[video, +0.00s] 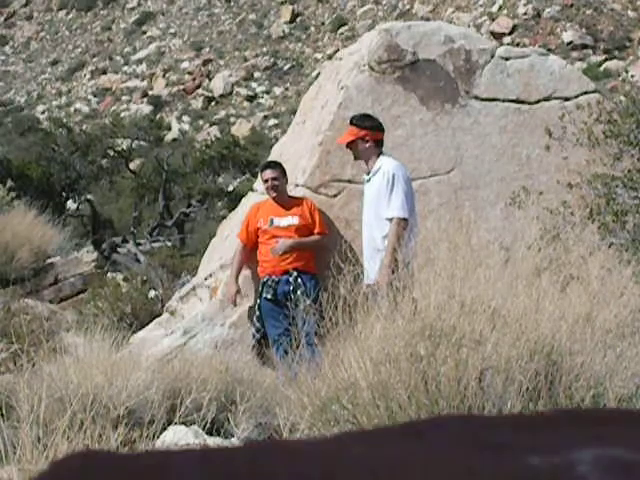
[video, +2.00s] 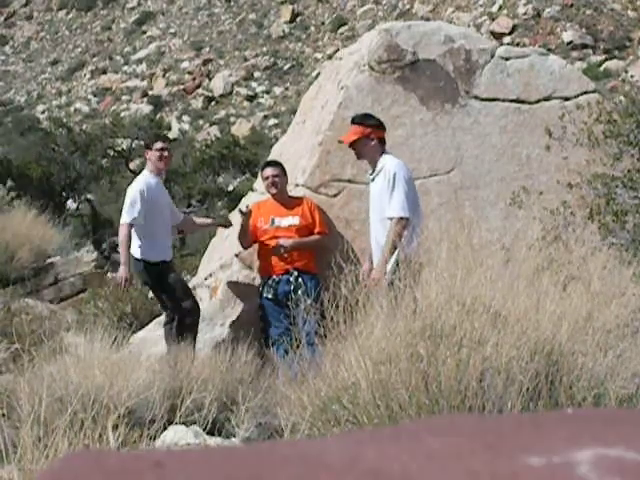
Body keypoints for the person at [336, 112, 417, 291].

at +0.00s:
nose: (349, 147)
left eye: (353, 142)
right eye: (349, 142)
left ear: (368, 141)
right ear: (366, 142)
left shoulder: (393, 171)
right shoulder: (371, 176)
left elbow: (399, 222)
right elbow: (375, 226)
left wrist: (386, 270)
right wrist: (370, 274)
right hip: (373, 277)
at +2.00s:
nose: (352, 147)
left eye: (356, 142)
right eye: (352, 143)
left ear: (373, 140)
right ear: (371, 141)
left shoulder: (395, 169)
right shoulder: (376, 173)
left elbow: (400, 220)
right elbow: (380, 222)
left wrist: (382, 266)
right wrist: (371, 260)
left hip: (400, 265)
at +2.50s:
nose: (367, 146)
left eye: (368, 141)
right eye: (367, 141)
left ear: (379, 142)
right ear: (390, 140)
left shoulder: (406, 171)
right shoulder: (398, 169)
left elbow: (405, 225)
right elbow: (402, 224)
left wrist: (390, 266)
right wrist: (391, 263)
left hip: (411, 266)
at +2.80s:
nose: (377, 141)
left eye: (378, 136)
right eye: (377, 136)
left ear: (387, 138)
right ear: (405, 135)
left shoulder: (406, 169)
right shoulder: (425, 162)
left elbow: (405, 227)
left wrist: (388, 270)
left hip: (418, 261)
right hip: (438, 257)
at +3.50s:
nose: (388, 145)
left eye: (388, 139)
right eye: (387, 139)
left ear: (398, 138)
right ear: (415, 135)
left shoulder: (409, 169)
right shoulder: (436, 161)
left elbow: (404, 223)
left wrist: (390, 253)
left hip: (423, 250)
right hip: (448, 246)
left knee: (421, 309)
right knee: (443, 309)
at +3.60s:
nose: (392, 147)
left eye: (392, 141)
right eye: (391, 142)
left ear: (401, 139)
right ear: (417, 137)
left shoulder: (412, 169)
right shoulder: (438, 161)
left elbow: (393, 223)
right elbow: (422, 209)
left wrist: (363, 246)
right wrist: (384, 227)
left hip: (425, 252)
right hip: (450, 248)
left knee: (423, 312)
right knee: (442, 311)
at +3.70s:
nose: (392, 145)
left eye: (393, 139)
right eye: (391, 140)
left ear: (405, 139)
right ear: (418, 137)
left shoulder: (414, 171)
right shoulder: (440, 162)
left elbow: (385, 220)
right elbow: (422, 198)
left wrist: (357, 222)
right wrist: (387, 200)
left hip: (427, 256)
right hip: (451, 251)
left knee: (425, 319)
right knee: (444, 316)